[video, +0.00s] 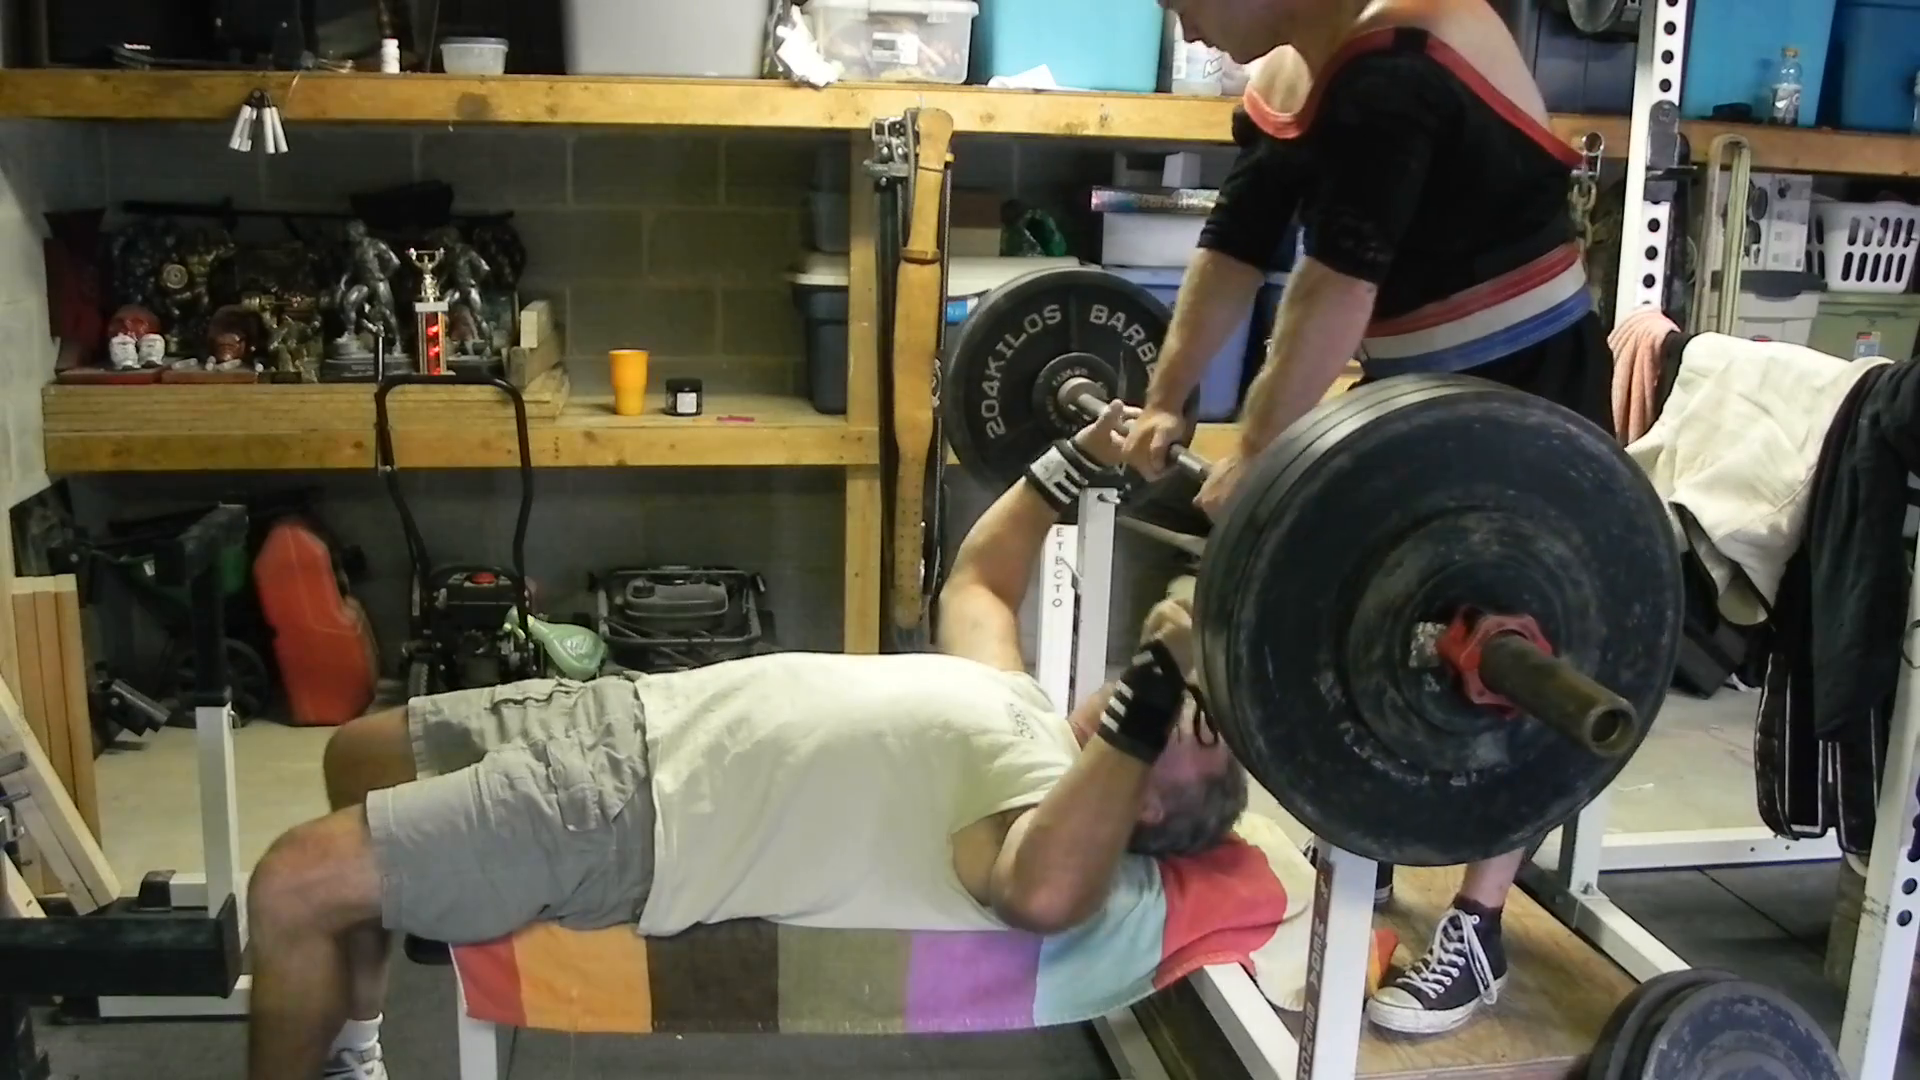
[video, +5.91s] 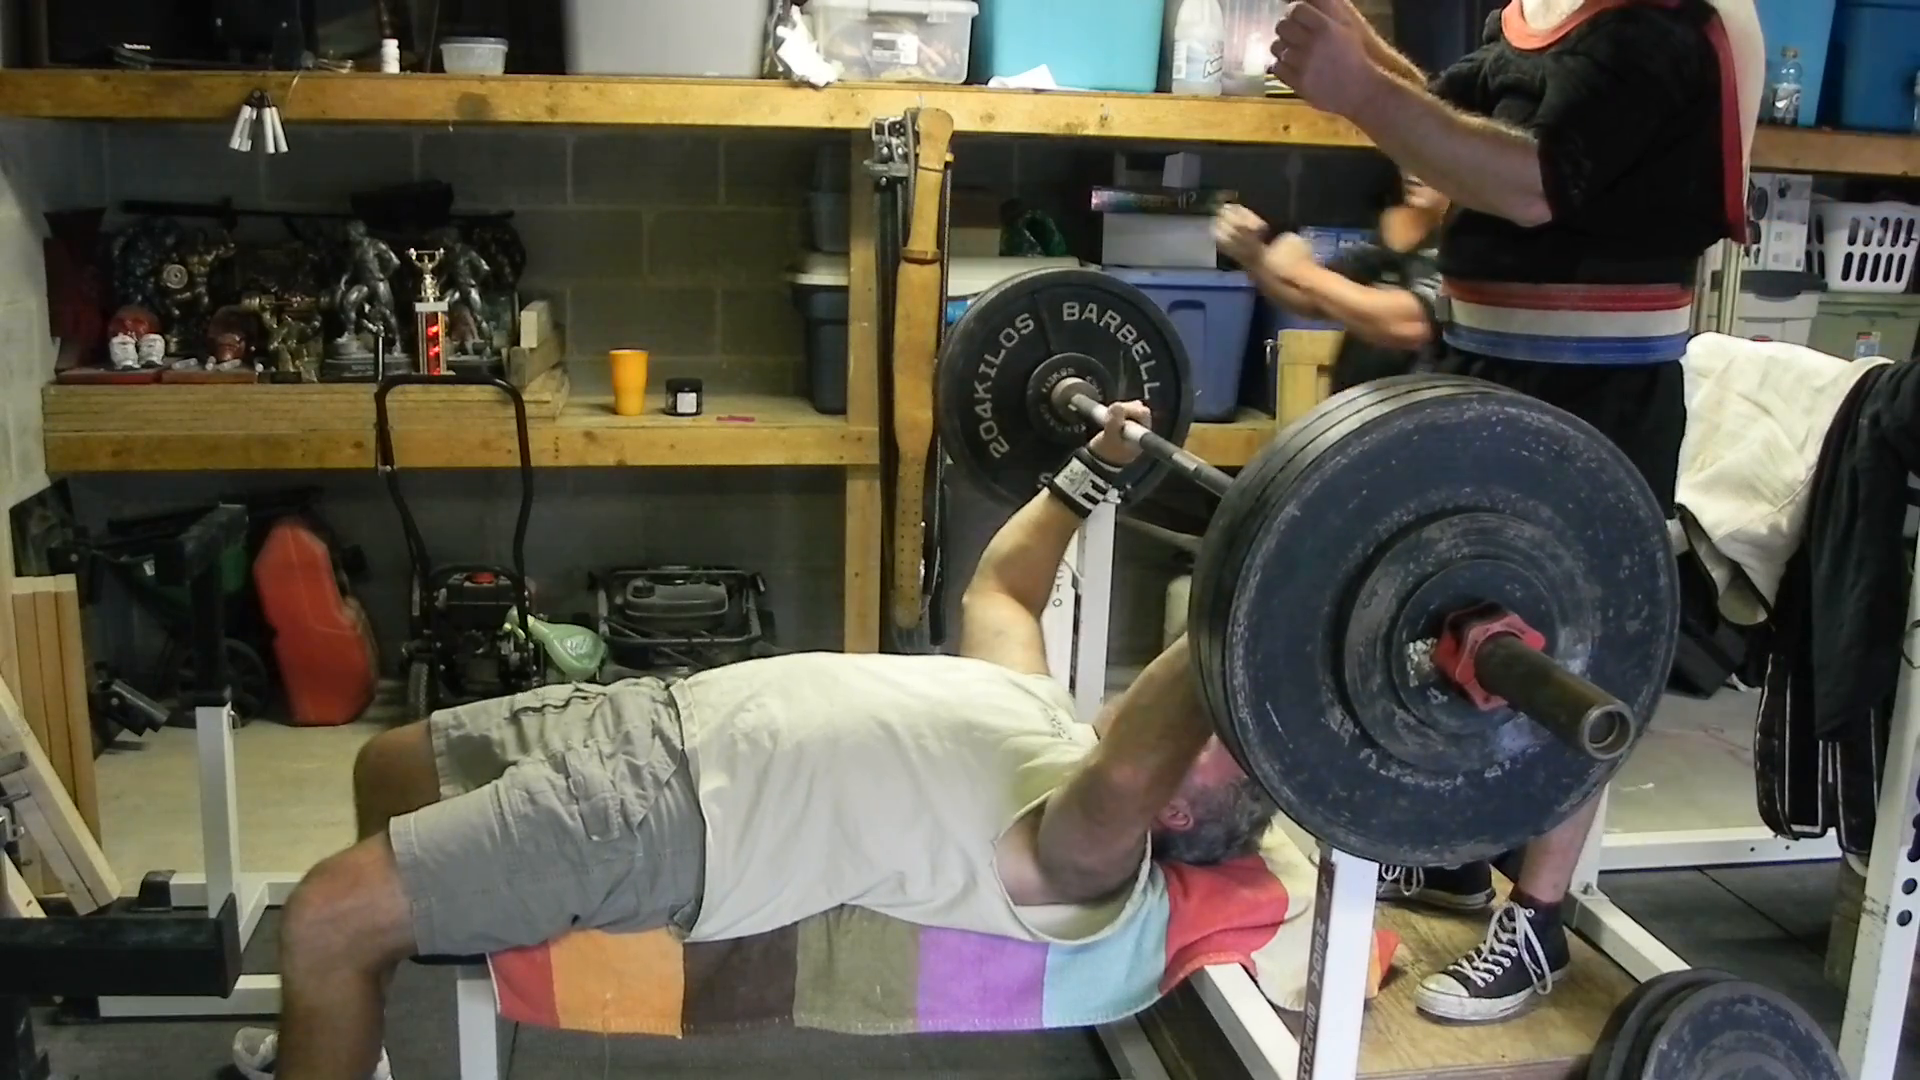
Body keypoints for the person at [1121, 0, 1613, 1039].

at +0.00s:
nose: (1186, 31)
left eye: (1186, 8)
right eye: (1180, 16)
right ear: (1253, 1)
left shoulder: (1394, 76)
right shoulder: (1287, 81)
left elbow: (1331, 306)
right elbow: (1234, 247)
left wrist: (1248, 461)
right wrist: (1162, 402)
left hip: (1522, 373)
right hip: (1393, 372)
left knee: (1519, 645)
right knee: (1378, 620)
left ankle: (1473, 917)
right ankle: (1362, 851)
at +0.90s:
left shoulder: (1472, 16)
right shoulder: (1316, 33)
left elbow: (1415, 185)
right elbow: (1263, 192)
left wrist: (1300, 341)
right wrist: (1196, 345)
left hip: (1479, 360)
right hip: (1346, 361)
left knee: (1478, 628)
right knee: (1352, 616)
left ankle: (1470, 908)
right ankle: (1357, 870)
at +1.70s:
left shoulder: (1634, 21)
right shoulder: (1452, 17)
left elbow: (1541, 195)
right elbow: (1365, 153)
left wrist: (1410, 362)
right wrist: (1262, 279)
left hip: (1556, 366)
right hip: (1420, 346)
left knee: (1539, 626)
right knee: (1369, 605)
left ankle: (1526, 899)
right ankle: (1352, 853)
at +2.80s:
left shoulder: (1604, 20)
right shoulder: (1468, 33)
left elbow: (1522, 165)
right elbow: (1366, 161)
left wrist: (1373, 235)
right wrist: (1201, 185)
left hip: (1579, 373)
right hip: (1461, 359)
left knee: (1559, 632)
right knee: (1431, 598)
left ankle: (1532, 894)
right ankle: (1442, 833)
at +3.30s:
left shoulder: (1583, 18)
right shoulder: (1429, 30)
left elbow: (1509, 151)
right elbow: (1323, 161)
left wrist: (1372, 71)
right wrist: (1200, 65)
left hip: (1539, 364)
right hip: (1409, 352)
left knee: (1530, 625)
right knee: (1391, 602)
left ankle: (1527, 891)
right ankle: (1427, 828)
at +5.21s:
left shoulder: (1648, 19)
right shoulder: (1528, 17)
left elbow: (1528, 168)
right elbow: (1468, 142)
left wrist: (1355, 76)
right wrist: (1344, 71)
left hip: (1612, 380)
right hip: (1502, 369)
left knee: (1590, 655)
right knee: (1464, 616)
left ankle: (1540, 915)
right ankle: (1446, 845)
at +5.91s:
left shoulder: (1659, 29)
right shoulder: (1529, 18)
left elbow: (1533, 180)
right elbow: (1459, 126)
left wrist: (1364, 89)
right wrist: (1365, 64)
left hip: (1602, 381)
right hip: (1484, 365)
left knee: (1575, 650)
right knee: (1456, 615)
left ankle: (1535, 916)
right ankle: (1454, 848)